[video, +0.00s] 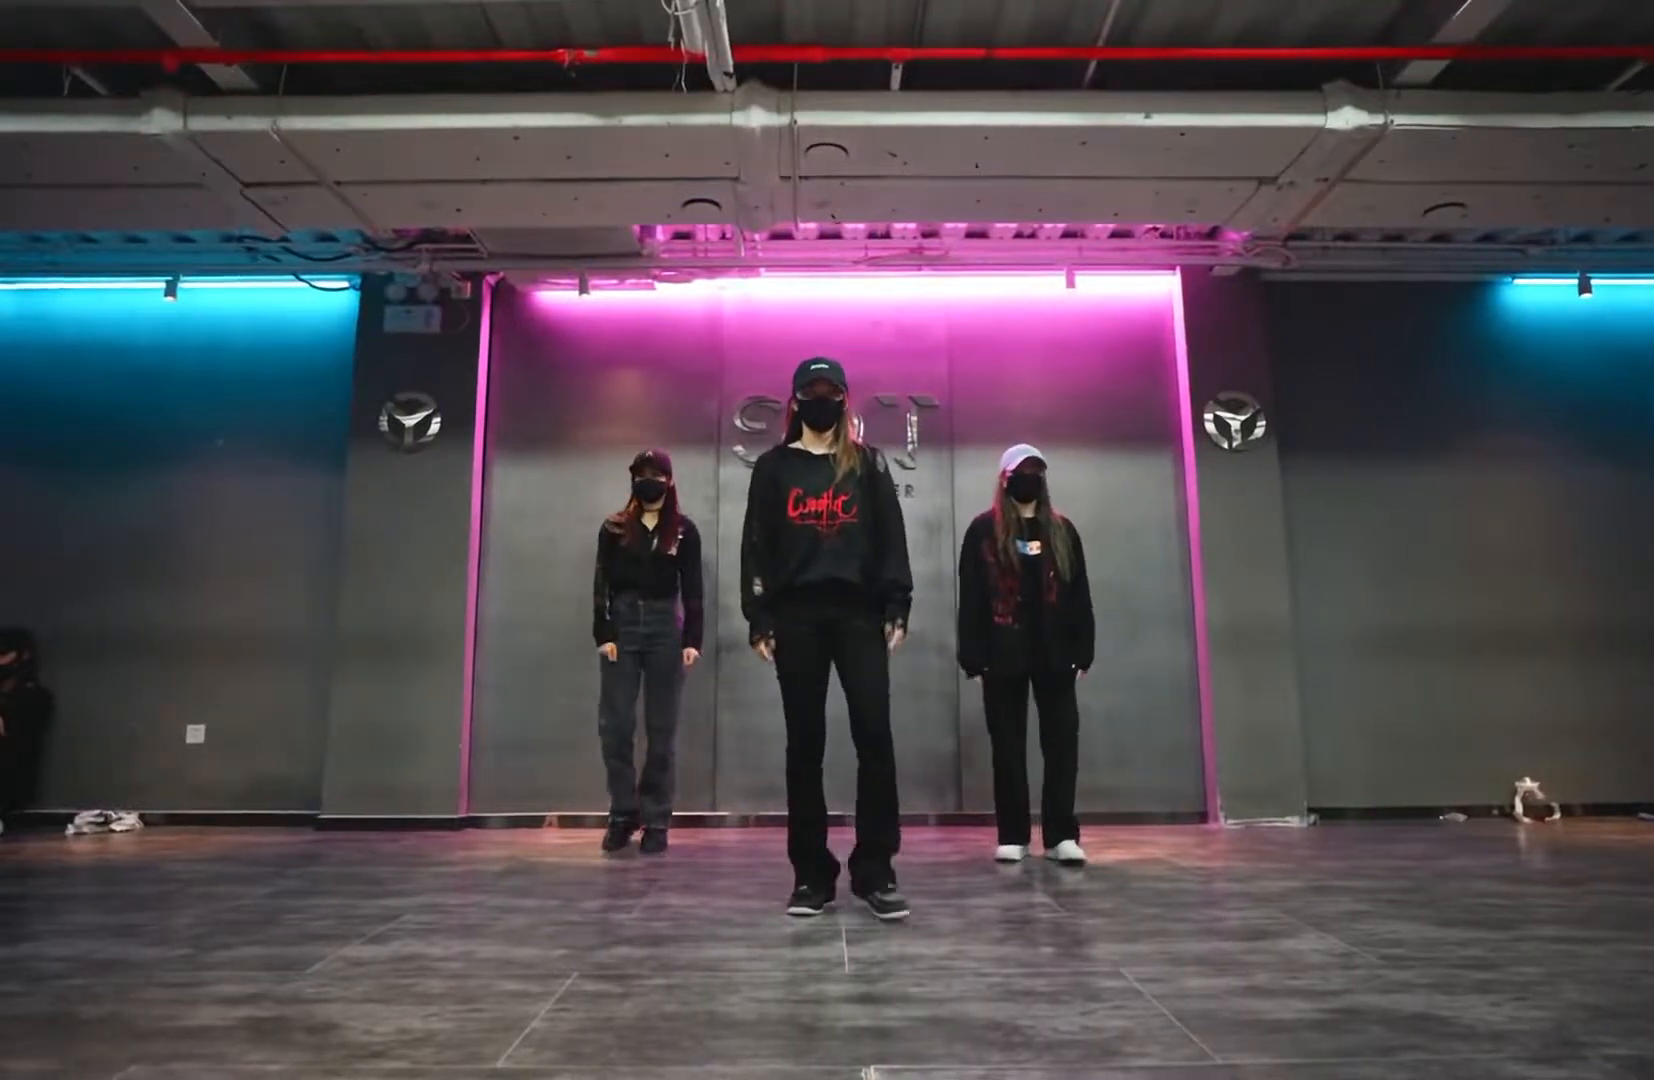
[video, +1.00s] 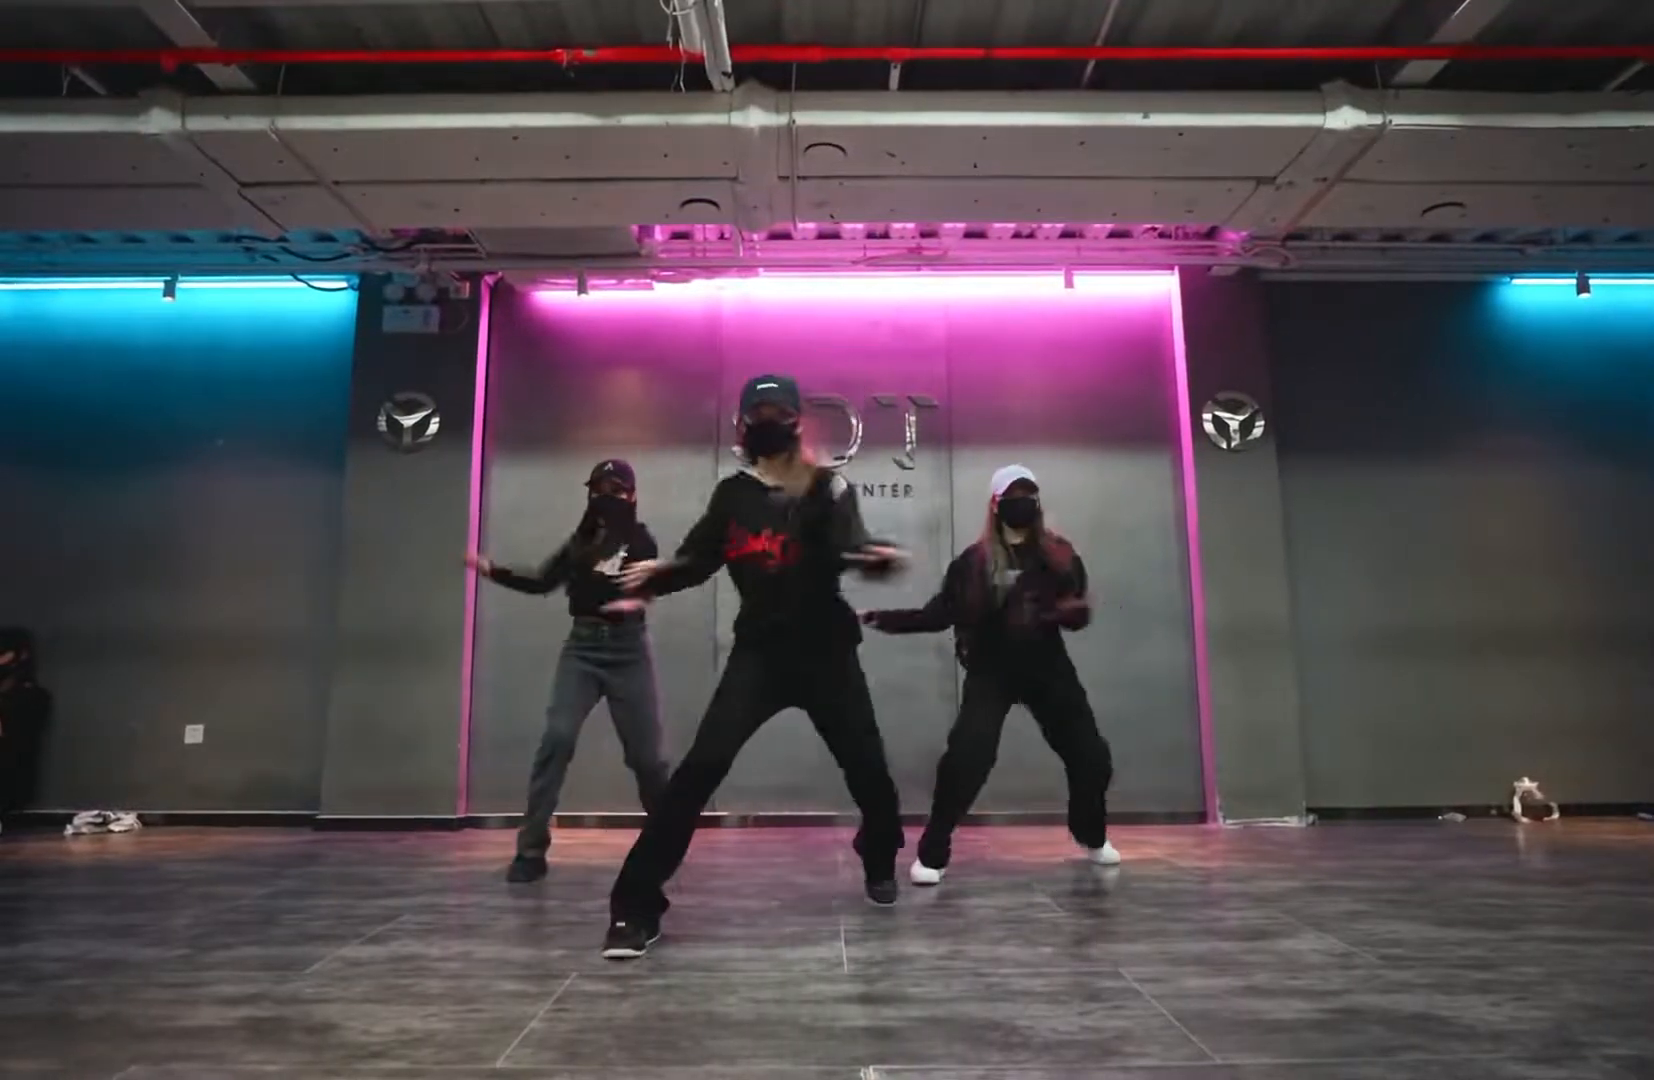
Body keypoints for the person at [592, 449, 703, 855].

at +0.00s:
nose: (649, 488)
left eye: (656, 482)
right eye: (642, 482)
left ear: (669, 484)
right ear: (633, 483)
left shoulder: (683, 530)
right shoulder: (614, 528)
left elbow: (693, 590)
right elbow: (602, 586)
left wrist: (693, 639)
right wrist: (604, 634)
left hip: (665, 632)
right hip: (621, 631)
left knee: (660, 729)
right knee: (614, 725)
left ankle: (656, 822)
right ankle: (623, 814)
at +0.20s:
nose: (645, 485)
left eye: (652, 478)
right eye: (638, 478)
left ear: (664, 483)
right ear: (627, 481)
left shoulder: (677, 530)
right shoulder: (607, 526)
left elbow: (689, 589)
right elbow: (590, 586)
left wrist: (687, 639)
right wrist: (591, 634)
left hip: (660, 626)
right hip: (613, 625)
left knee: (658, 728)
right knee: (613, 728)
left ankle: (656, 822)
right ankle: (622, 818)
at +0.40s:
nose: (642, 487)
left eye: (649, 480)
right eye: (635, 481)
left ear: (661, 484)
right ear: (624, 484)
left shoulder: (676, 531)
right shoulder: (604, 527)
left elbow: (684, 591)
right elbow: (587, 587)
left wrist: (684, 640)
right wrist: (590, 636)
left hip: (661, 625)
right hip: (613, 623)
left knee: (659, 729)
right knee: (617, 731)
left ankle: (664, 822)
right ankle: (623, 820)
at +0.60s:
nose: (640, 489)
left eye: (648, 482)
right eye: (633, 482)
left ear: (661, 487)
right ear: (623, 487)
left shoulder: (675, 534)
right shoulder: (607, 531)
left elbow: (687, 593)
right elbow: (594, 590)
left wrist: (699, 639)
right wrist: (598, 639)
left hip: (662, 636)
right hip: (616, 636)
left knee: (661, 735)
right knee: (613, 736)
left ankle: (671, 828)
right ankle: (624, 804)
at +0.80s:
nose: (627, 500)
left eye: (635, 492)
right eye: (620, 492)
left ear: (649, 495)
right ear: (610, 495)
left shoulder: (657, 540)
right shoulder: (606, 538)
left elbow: (649, 593)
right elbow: (580, 584)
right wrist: (539, 603)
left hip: (651, 651)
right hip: (611, 648)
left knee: (655, 747)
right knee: (585, 711)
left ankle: (669, 829)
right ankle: (574, 793)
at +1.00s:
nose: (606, 499)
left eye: (615, 492)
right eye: (599, 491)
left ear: (631, 497)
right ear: (590, 495)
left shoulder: (641, 543)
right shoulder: (581, 543)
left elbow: (652, 590)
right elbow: (543, 583)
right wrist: (493, 571)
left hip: (628, 655)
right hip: (582, 653)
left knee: (647, 759)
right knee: (557, 741)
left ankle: (667, 850)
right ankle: (530, 853)